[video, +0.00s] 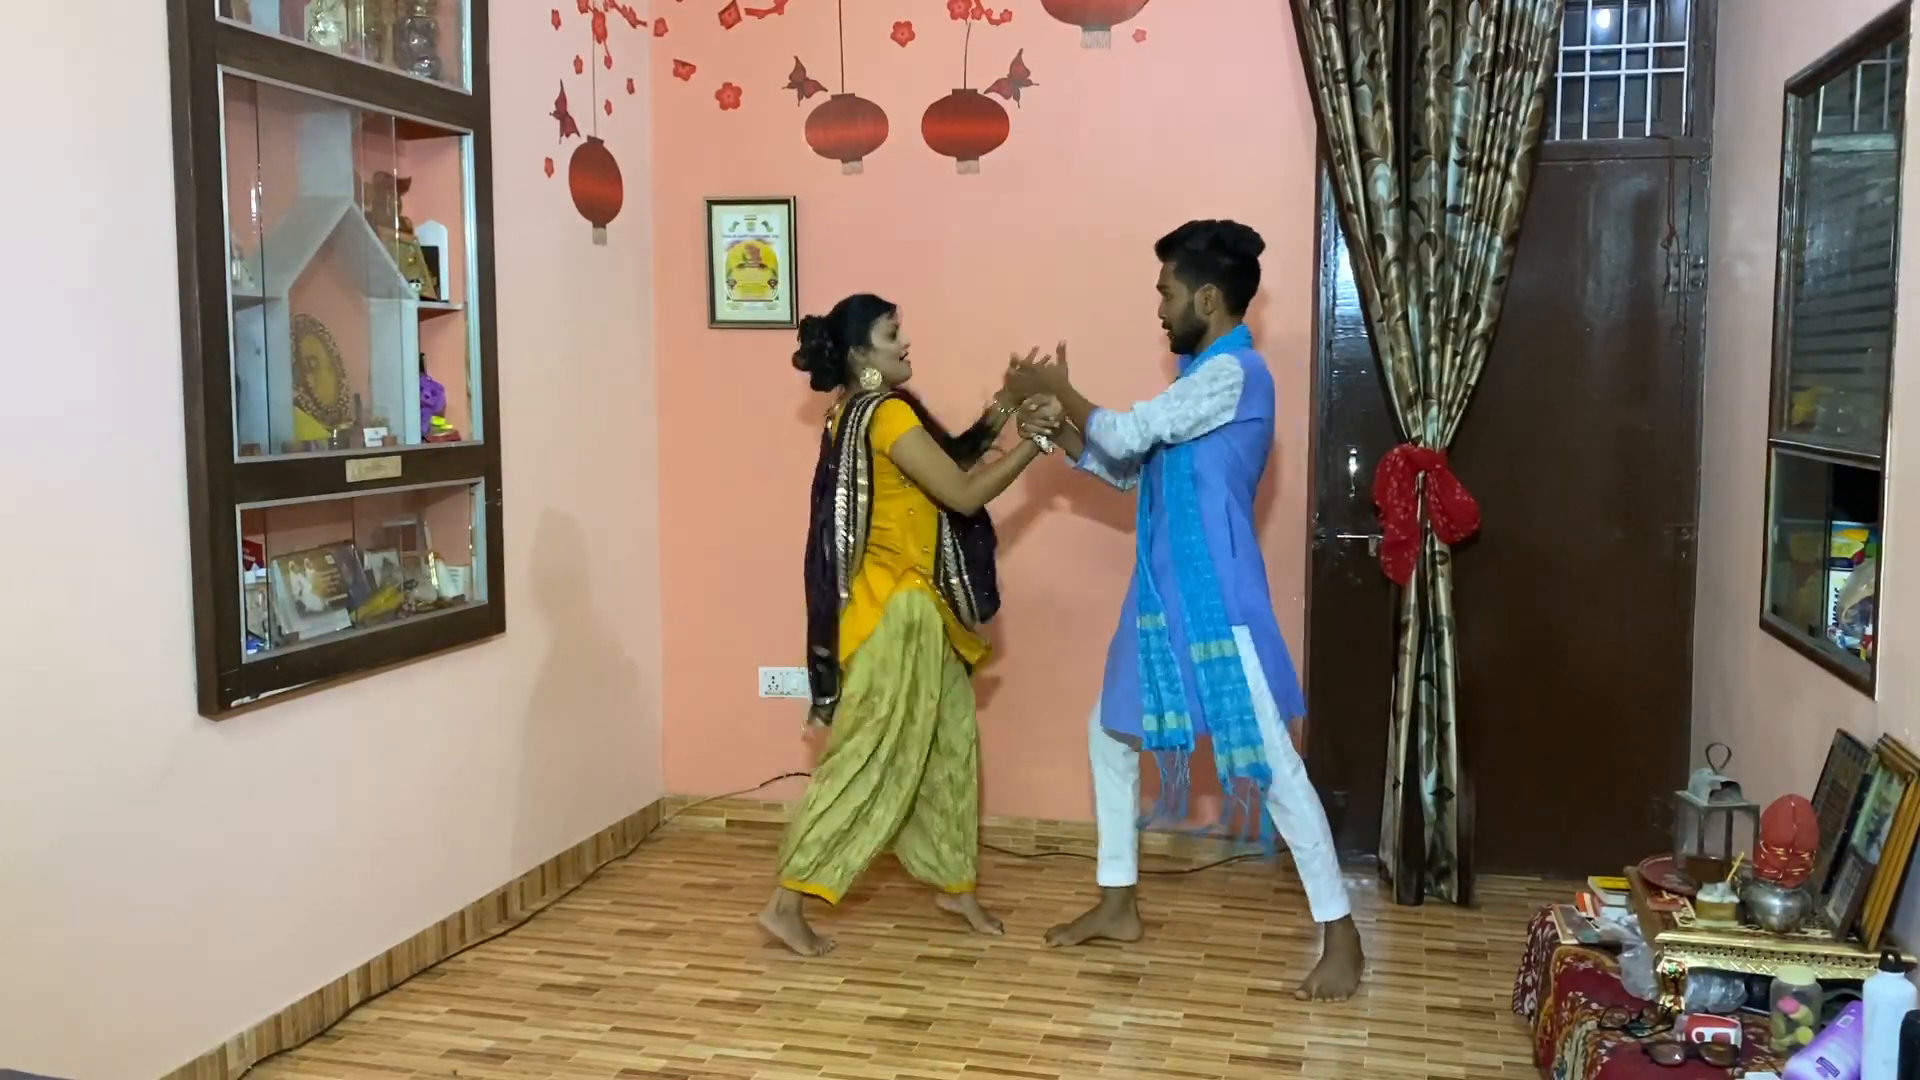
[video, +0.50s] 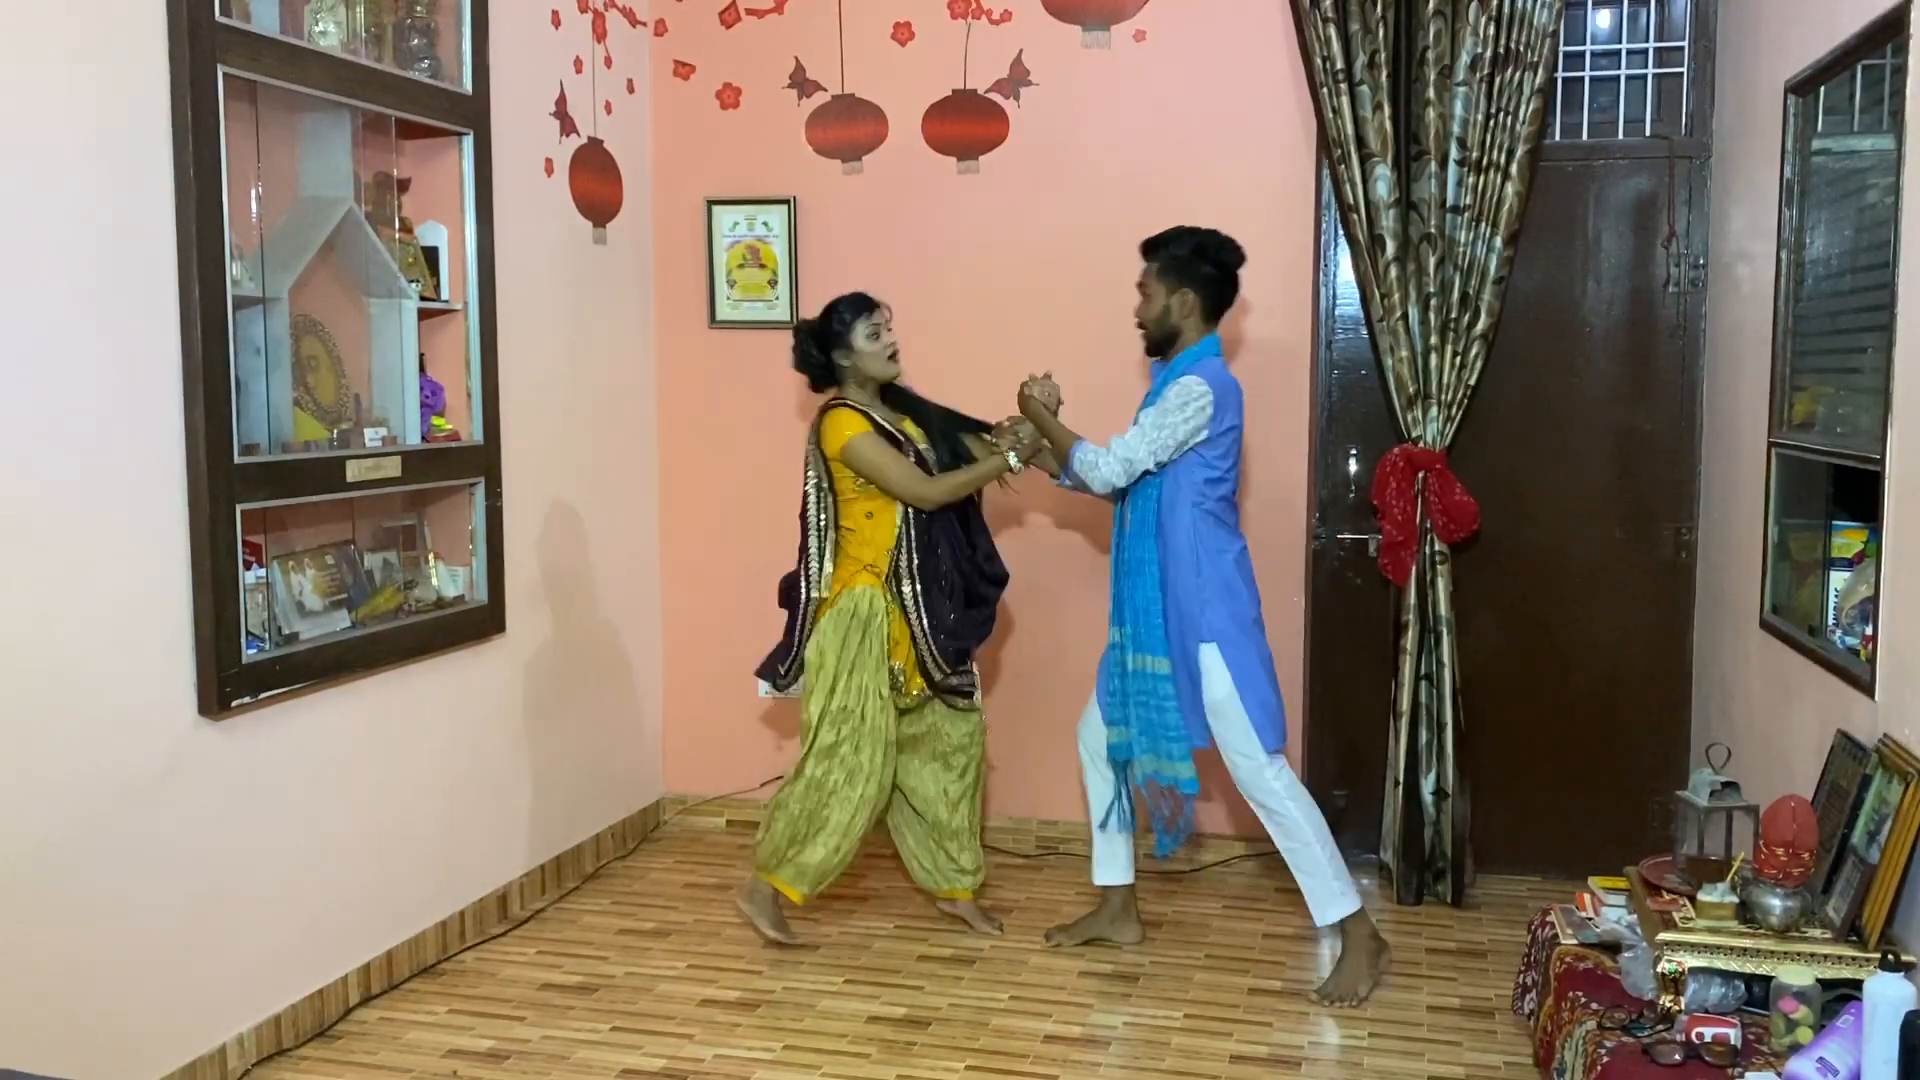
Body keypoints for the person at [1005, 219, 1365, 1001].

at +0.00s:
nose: (1156, 302)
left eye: (1166, 288)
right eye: (1158, 288)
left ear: (1210, 295)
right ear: (1210, 297)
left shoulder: (1235, 371)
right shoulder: (1198, 381)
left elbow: (1128, 435)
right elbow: (1131, 472)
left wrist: (1061, 392)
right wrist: (1055, 431)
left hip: (1219, 598)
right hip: (1159, 597)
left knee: (1271, 757)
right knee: (1110, 734)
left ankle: (1337, 931)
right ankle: (1116, 905)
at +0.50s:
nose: (1136, 304)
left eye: (1147, 291)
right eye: (1138, 289)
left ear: (1189, 300)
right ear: (1183, 299)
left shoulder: (1200, 386)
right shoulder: (1170, 384)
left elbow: (1110, 468)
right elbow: (1119, 478)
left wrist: (1051, 428)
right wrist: (1052, 449)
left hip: (1206, 613)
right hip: (1155, 614)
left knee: (1256, 770)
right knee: (1098, 737)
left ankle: (1354, 926)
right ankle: (1114, 906)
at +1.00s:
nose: (1067, 332)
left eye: (1077, 319)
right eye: (1069, 317)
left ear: (1121, 324)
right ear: (1119, 325)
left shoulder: (1167, 391)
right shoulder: (1132, 401)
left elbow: (1099, 493)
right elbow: (1101, 513)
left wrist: (1042, 448)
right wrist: (1029, 487)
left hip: (1227, 595)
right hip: (1174, 598)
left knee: (1253, 763)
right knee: (1117, 730)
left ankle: (1350, 922)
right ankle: (1118, 905)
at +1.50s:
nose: (1104, 277)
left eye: (1116, 265)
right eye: (1108, 263)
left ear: (1157, 278)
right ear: (1150, 277)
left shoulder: (1209, 374)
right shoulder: (1103, 344)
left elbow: (1252, 477)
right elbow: (1023, 287)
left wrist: (1145, 523)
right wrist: (950, 220)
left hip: (1190, 582)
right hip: (1110, 577)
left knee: (1233, 737)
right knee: (1110, 730)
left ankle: (1274, 913)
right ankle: (1124, 902)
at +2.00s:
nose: (1190, 291)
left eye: (1206, 276)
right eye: (1177, 275)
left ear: (1233, 284)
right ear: (1161, 282)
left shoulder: (1262, 375)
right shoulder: (1130, 369)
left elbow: (1252, 483)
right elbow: (1096, 471)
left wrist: (1136, 486)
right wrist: (1200, 428)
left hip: (1226, 585)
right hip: (1141, 583)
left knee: (1250, 747)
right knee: (1108, 738)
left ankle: (1262, 917)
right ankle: (1111, 893)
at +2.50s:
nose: (1175, 384)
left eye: (1190, 372)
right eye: (1174, 369)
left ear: (1242, 379)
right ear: (1182, 375)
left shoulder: (1303, 447)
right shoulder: (1165, 445)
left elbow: (1388, 513)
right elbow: (1083, 513)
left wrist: (1497, 546)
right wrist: (1016, 501)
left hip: (1276, 610)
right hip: (1187, 608)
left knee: (1293, 754)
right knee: (1136, 732)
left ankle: (1277, 899)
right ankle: (1162, 889)